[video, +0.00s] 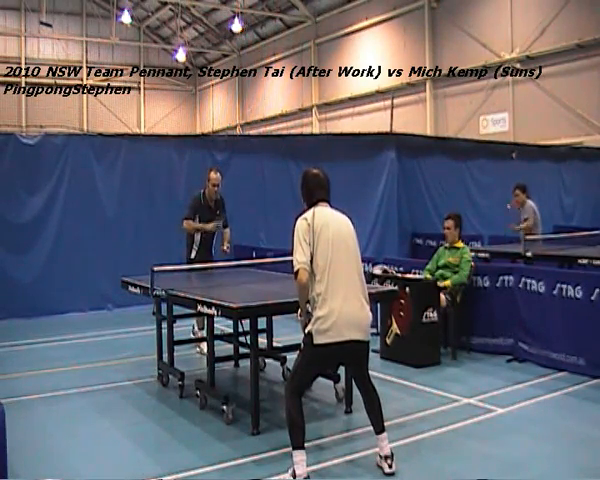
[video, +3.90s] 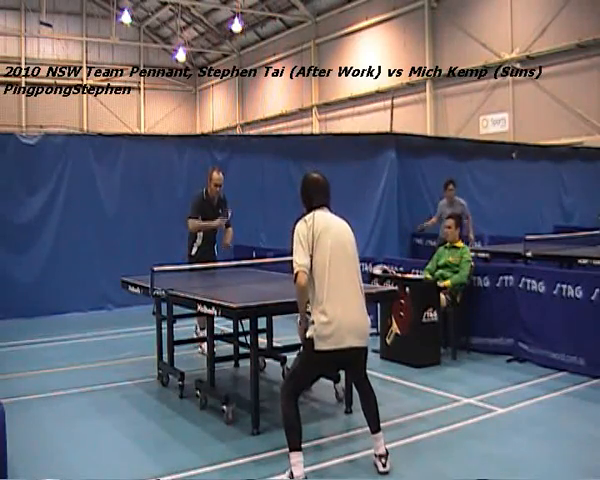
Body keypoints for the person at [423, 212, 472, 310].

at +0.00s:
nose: (445, 232)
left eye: (448, 229)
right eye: (444, 229)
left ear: (457, 230)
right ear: (443, 230)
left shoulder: (464, 251)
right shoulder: (442, 249)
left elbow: (463, 276)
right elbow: (430, 267)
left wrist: (446, 283)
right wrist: (428, 277)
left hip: (452, 284)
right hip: (436, 281)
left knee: (442, 298)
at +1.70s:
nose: (445, 232)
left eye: (448, 229)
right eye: (444, 228)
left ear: (457, 231)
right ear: (443, 229)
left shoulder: (464, 251)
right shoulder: (441, 249)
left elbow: (463, 275)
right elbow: (429, 268)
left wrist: (446, 283)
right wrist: (427, 276)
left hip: (453, 284)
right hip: (435, 282)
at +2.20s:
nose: (445, 232)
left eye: (448, 229)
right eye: (444, 229)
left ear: (458, 230)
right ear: (443, 230)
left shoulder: (464, 251)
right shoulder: (441, 249)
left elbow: (463, 275)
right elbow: (432, 265)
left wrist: (446, 283)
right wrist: (429, 274)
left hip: (454, 284)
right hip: (437, 282)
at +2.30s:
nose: (445, 232)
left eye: (449, 229)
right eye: (445, 229)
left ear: (458, 230)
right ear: (444, 230)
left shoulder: (464, 251)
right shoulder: (442, 249)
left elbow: (463, 275)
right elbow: (430, 267)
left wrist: (446, 283)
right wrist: (426, 277)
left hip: (452, 286)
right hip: (435, 283)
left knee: (437, 301)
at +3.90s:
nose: (445, 231)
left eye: (449, 228)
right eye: (444, 228)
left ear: (457, 230)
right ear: (441, 229)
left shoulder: (464, 251)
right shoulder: (441, 249)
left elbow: (463, 276)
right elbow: (429, 268)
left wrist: (445, 283)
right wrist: (428, 277)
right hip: (435, 282)